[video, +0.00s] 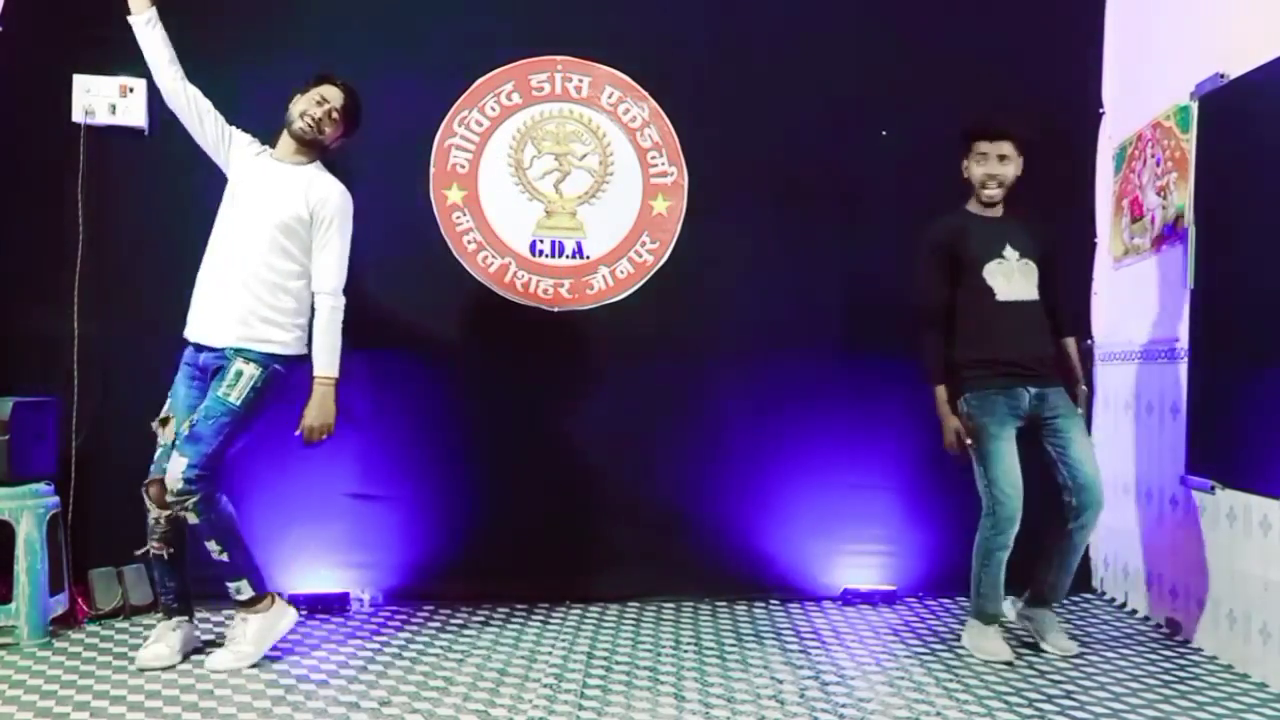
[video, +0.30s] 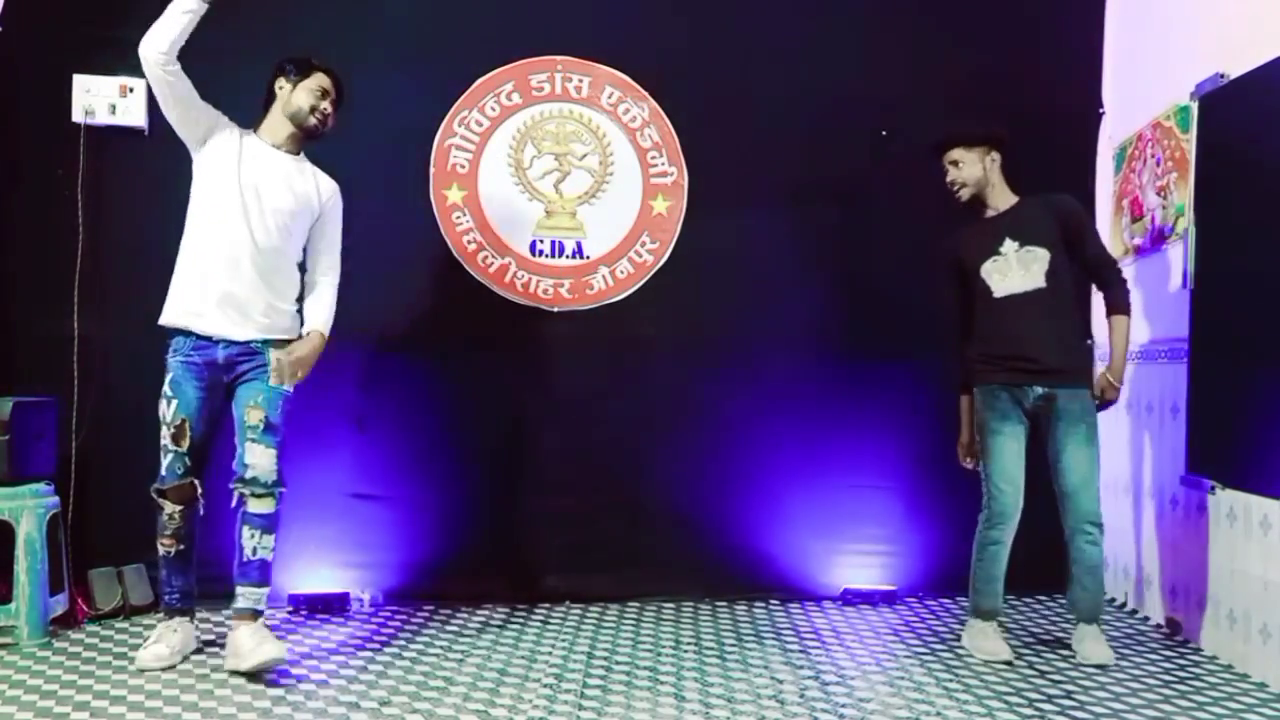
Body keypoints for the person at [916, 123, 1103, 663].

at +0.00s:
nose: (991, 170)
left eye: (1002, 160)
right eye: (981, 159)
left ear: (1019, 167)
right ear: (965, 166)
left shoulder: (1035, 234)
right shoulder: (946, 235)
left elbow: (1060, 314)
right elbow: (933, 326)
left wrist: (1079, 385)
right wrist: (944, 408)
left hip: (1050, 388)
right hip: (987, 390)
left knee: (1087, 501)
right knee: (1004, 509)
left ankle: (1041, 610)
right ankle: (983, 621)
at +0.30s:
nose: (949, 177)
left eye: (957, 164)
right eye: (946, 169)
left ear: (992, 160)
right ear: (958, 175)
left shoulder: (1058, 213)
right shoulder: (964, 243)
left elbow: (1113, 284)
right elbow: (964, 336)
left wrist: (1117, 365)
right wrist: (967, 420)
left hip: (1068, 384)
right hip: (996, 387)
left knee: (1083, 510)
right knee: (1002, 507)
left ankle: (1088, 625)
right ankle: (982, 622)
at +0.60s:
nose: (981, 148)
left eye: (994, 140)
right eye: (981, 141)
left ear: (1025, 154)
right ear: (985, 154)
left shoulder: (1052, 205)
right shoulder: (975, 227)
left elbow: (1107, 263)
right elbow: (986, 313)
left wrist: (1139, 265)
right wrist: (956, 368)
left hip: (1064, 382)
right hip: (996, 382)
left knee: (1079, 507)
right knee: (985, 501)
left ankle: (1089, 623)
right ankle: (1000, 618)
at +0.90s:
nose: (930, 168)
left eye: (945, 165)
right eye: (931, 162)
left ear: (971, 186)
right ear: (924, 183)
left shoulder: (994, 230)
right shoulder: (934, 244)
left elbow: (1058, 300)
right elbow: (946, 314)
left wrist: (1005, 292)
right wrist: (903, 362)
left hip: (1024, 383)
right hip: (975, 386)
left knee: (985, 488)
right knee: (961, 499)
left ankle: (1052, 601)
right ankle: (1011, 616)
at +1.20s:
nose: (832, 178)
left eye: (842, 169)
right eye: (834, 169)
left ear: (875, 179)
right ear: (859, 180)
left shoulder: (913, 225)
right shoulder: (870, 237)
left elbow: (965, 302)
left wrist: (991, 393)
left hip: (948, 386)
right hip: (907, 384)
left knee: (927, 499)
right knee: (872, 491)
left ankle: (957, 630)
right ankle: (931, 601)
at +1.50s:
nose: (769, 160)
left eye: (780, 152)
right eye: (772, 152)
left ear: (813, 163)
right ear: (797, 164)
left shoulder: (842, 218)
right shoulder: (809, 224)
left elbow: (891, 303)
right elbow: (833, 308)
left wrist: (894, 392)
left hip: (853, 381)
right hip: (828, 379)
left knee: (807, 487)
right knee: (825, 495)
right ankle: (871, 615)